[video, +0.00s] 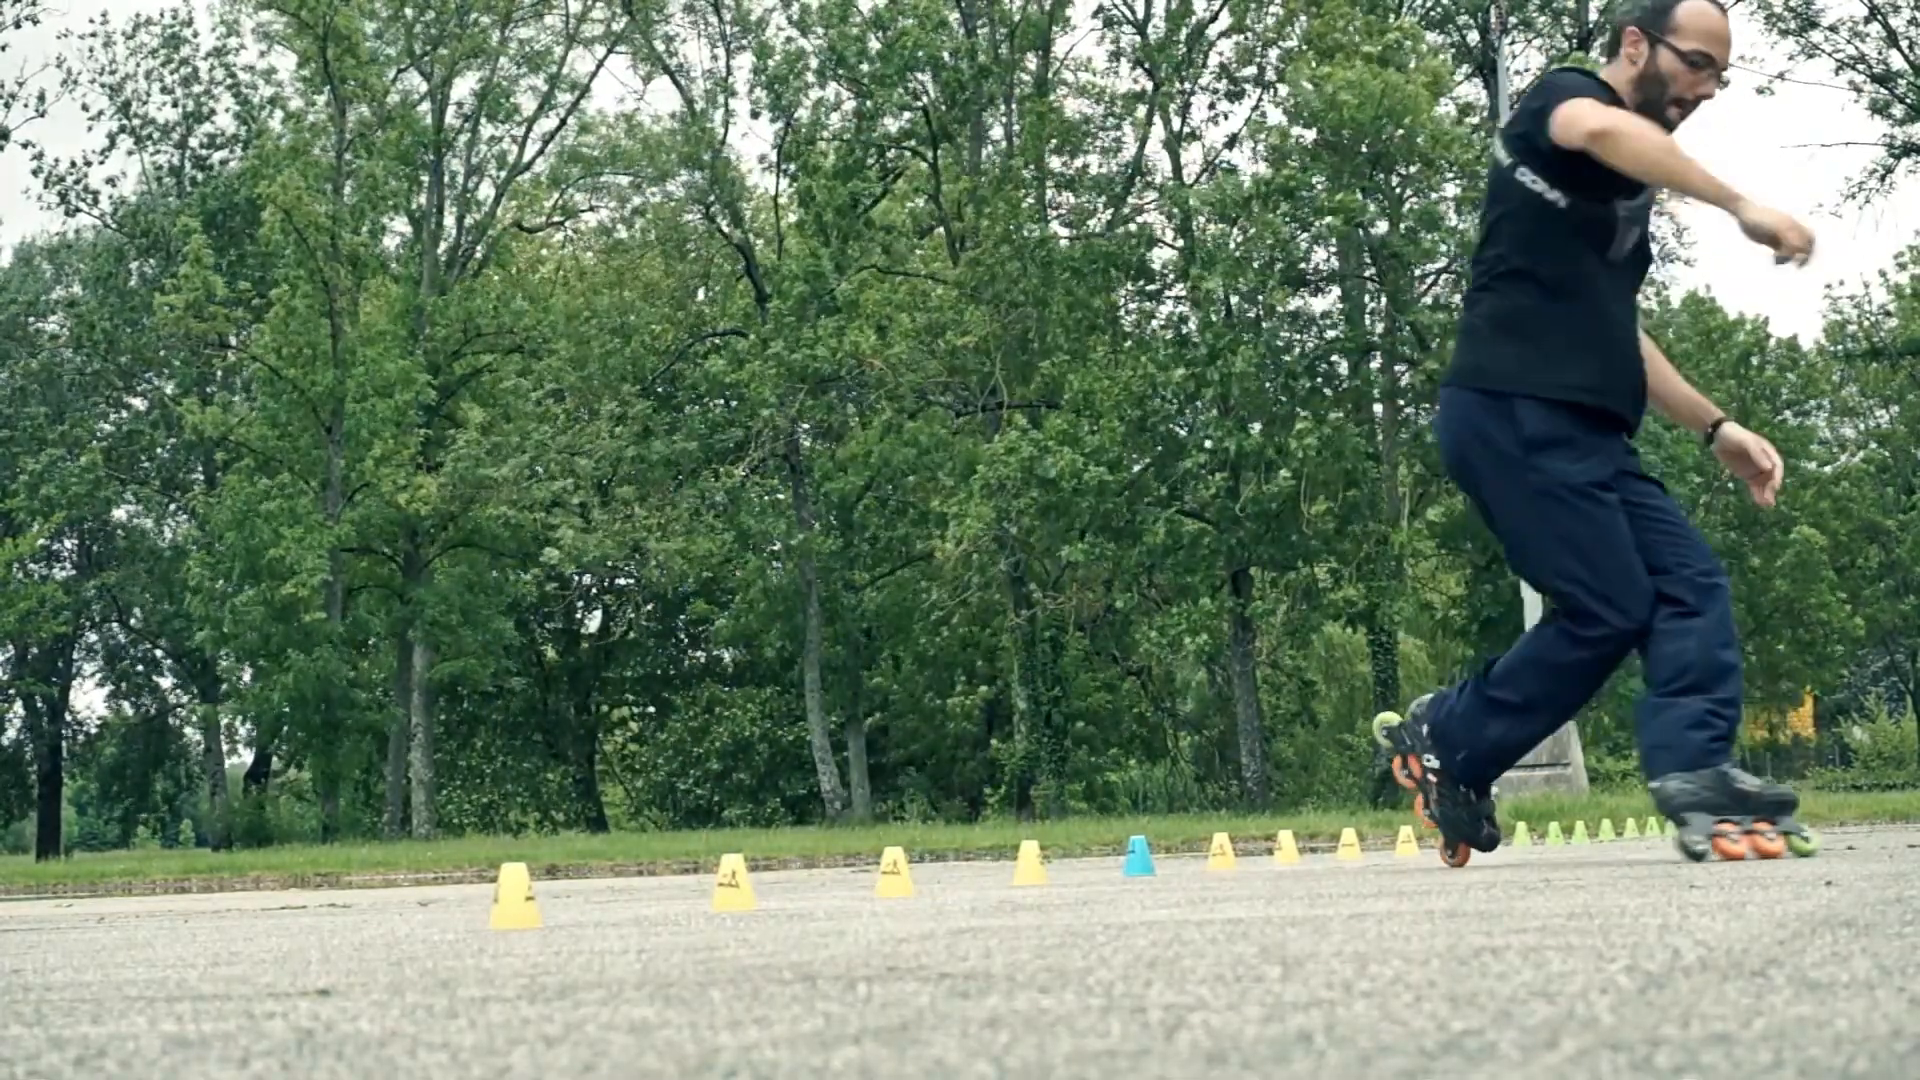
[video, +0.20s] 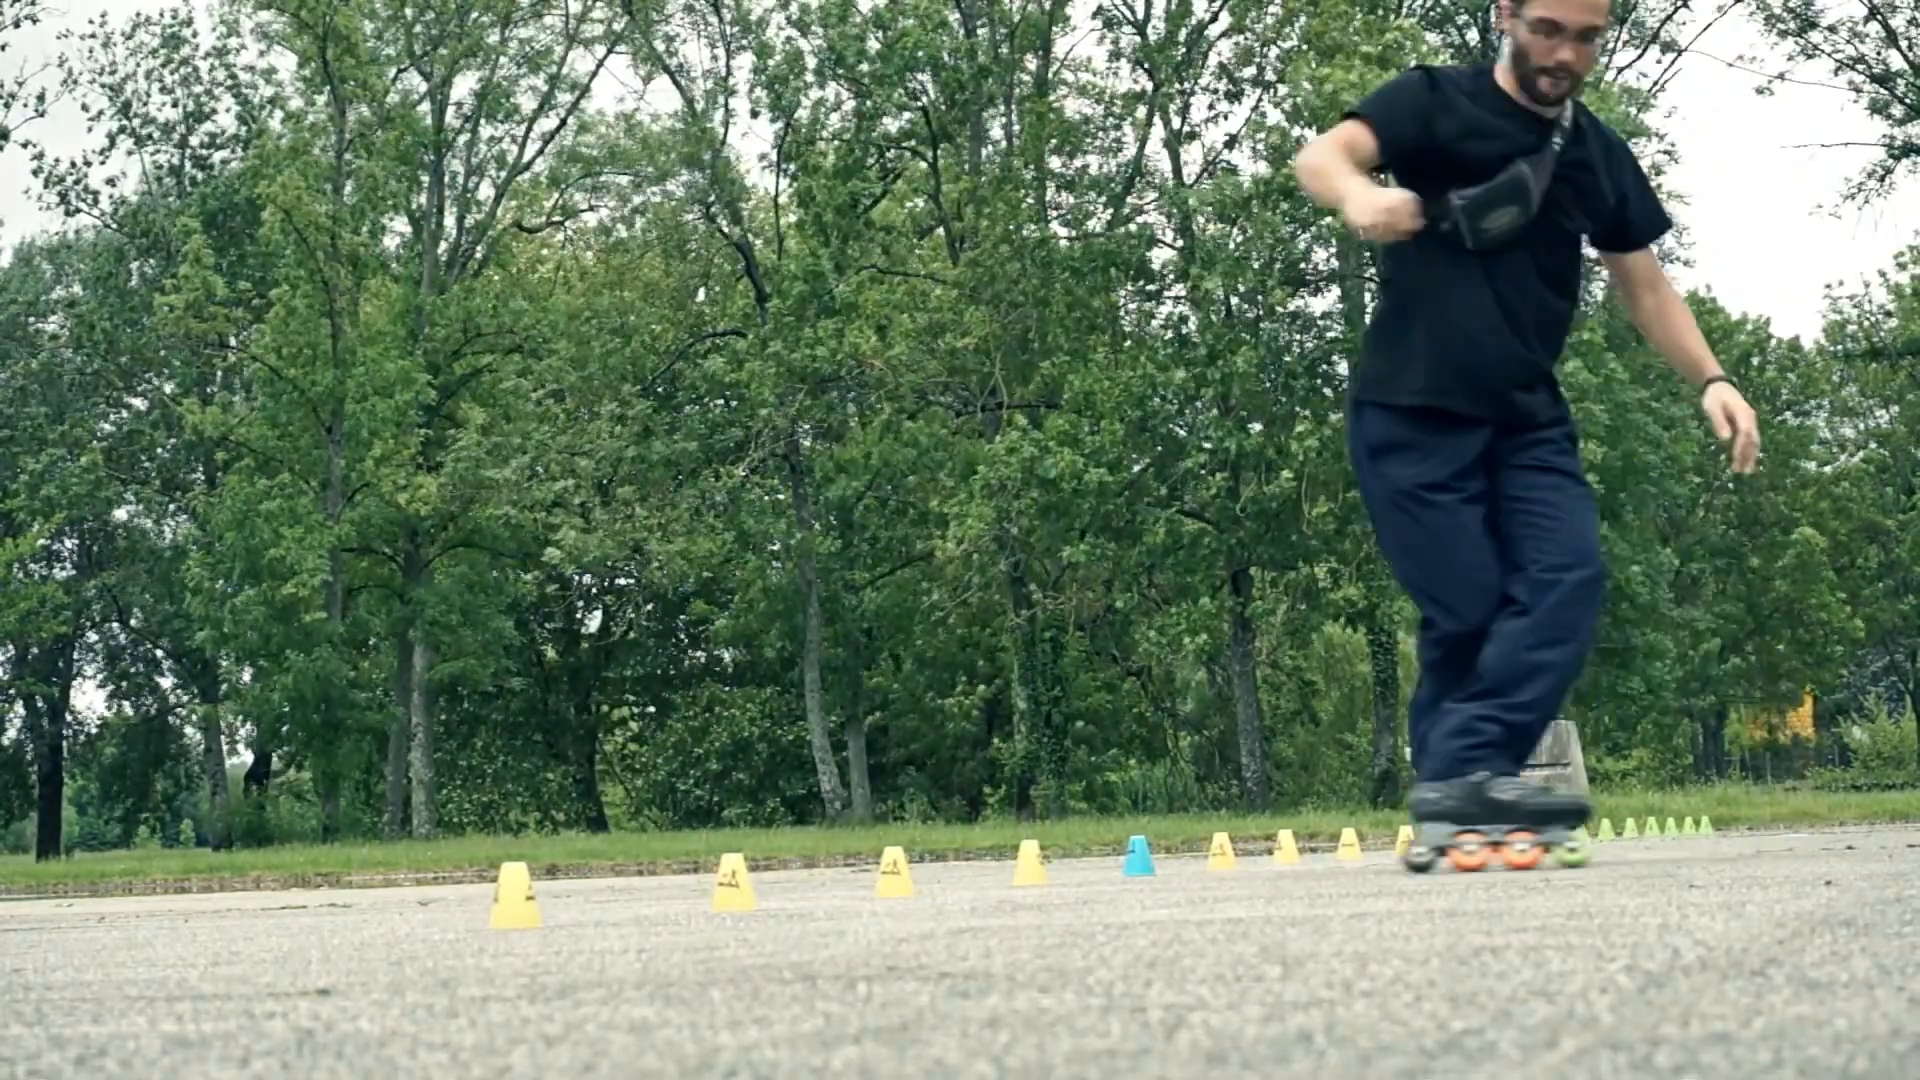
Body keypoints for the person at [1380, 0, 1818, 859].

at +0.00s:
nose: (1705, 89)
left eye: (1717, 74)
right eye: (1694, 63)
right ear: (1632, 45)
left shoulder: (1632, 174)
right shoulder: (1562, 89)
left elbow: (1614, 331)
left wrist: (1716, 429)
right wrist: (1740, 203)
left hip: (1591, 428)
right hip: (1511, 413)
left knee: (1688, 582)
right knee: (1610, 607)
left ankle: (1691, 766)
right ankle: (1449, 744)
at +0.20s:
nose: (1565, 56)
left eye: (1587, 39)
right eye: (1547, 31)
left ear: (1605, 38)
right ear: (1505, 16)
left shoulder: (1596, 157)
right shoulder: (1430, 102)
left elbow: (1644, 286)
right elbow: (1318, 157)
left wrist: (1712, 379)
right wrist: (1357, 197)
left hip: (1528, 420)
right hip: (1412, 417)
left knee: (1568, 575)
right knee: (1466, 609)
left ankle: (1471, 762)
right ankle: (1445, 800)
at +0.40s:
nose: (1384, 39)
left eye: (1404, 19)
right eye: (1368, 20)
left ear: (1453, 9)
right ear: (1354, 17)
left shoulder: (1508, 116)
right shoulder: (1323, 102)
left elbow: (1590, 244)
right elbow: (1209, 187)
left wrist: (1602, 355)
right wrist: (1129, 251)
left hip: (1441, 414)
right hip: (1323, 416)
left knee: (1381, 594)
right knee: (1335, 639)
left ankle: (1261, 778)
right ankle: (1458, 741)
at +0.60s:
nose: (1260, 33)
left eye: (1274, 14)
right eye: (1249, 19)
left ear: (1332, 1)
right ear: (1248, 16)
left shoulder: (1405, 90)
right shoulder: (1277, 96)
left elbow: (1483, 239)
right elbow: (1216, 208)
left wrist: (1429, 365)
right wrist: (1128, 306)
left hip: (1391, 394)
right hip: (1307, 410)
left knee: (1281, 584)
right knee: (1306, 611)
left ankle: (1217, 792)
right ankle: (1507, 740)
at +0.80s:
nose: (1197, 26)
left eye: (1206, 6)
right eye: (1191, 12)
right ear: (1255, 10)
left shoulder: (1343, 73)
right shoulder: (1282, 89)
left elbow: (1392, 239)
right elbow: (1290, 200)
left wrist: (1308, 374)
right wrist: (1227, 290)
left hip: (1399, 359)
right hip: (1377, 362)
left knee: (1294, 571)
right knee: (1376, 581)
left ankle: (1377, 803)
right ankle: (1541, 737)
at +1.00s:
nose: (1162, 27)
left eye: (1168, 5)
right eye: (1155, 12)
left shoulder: (1275, 70)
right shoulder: (1340, 49)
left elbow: (1328, 231)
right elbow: (1394, 213)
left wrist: (1273, 375)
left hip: (1407, 343)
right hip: (1469, 329)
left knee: (1413, 578)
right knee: (1351, 543)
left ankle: (1548, 794)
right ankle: (1448, 765)